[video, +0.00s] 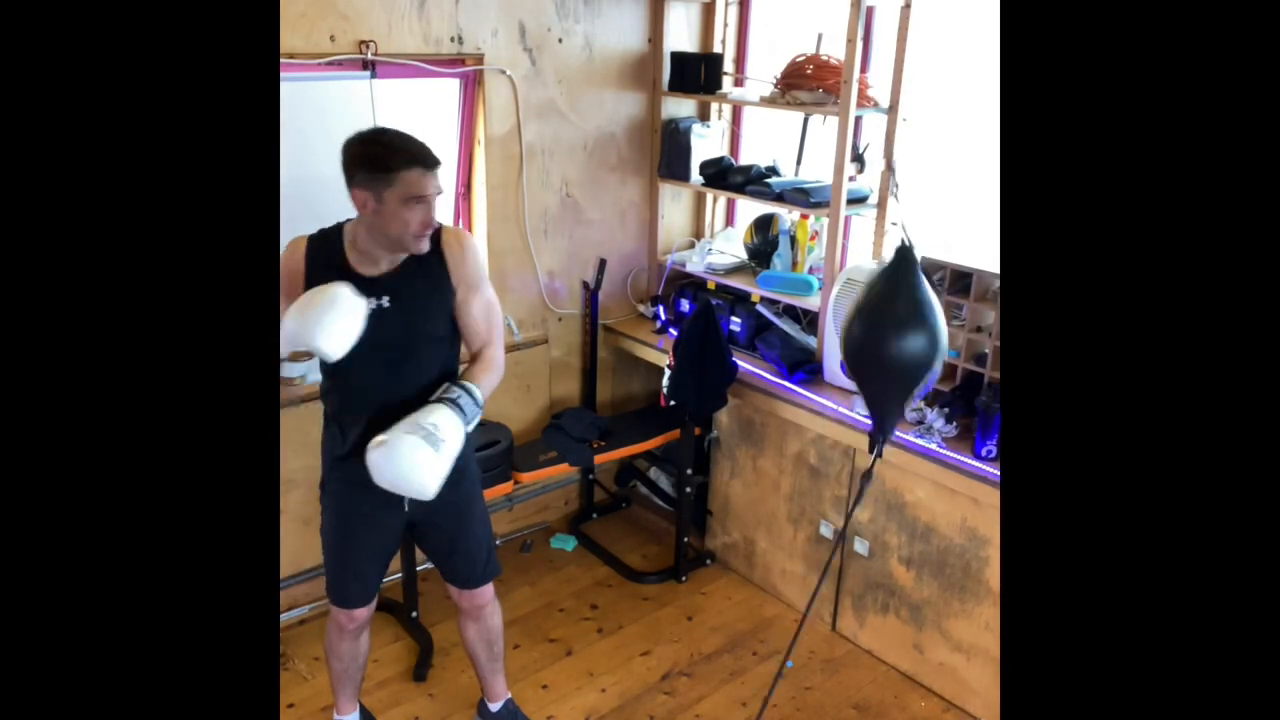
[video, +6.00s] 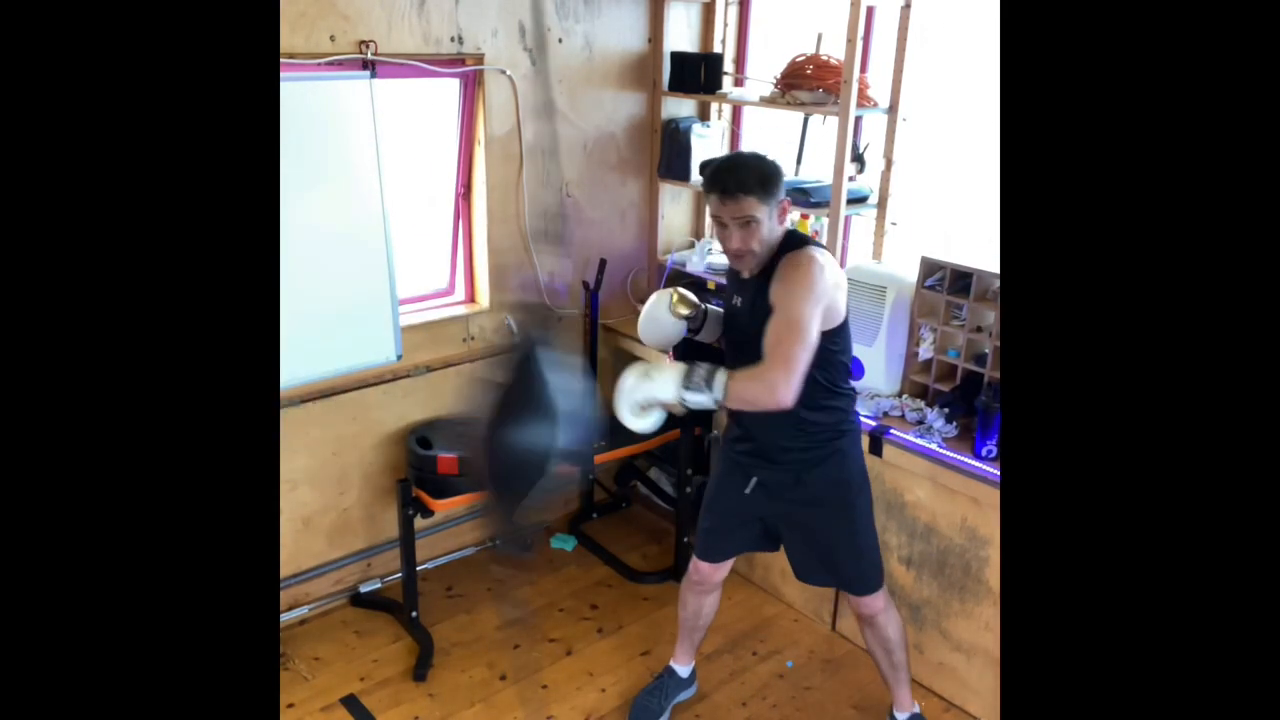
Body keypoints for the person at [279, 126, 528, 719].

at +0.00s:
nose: (432, 217)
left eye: (434, 200)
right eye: (416, 203)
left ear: (439, 194)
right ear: (363, 201)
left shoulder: (455, 251)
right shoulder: (303, 261)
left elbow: (489, 353)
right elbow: (286, 366)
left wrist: (448, 416)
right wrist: (295, 338)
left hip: (444, 451)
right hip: (355, 461)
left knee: (477, 593)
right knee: (350, 613)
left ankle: (497, 703)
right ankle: (347, 713)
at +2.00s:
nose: (527, 238)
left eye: (535, 223)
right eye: (513, 223)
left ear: (543, 212)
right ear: (471, 209)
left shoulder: (543, 245)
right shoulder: (412, 255)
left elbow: (564, 352)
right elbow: (394, 372)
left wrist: (558, 321)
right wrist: (449, 325)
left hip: (512, 438)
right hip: (435, 447)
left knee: (531, 556)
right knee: (397, 597)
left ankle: (535, 657)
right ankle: (350, 713)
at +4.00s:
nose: (625, 190)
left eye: (638, 176)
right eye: (612, 173)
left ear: (649, 182)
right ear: (580, 173)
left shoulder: (651, 249)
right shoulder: (545, 256)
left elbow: (688, 351)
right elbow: (534, 372)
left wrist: (686, 299)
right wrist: (591, 324)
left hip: (646, 428)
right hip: (587, 438)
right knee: (611, 583)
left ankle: (562, 625)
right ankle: (600, 677)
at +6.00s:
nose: (733, 240)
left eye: (748, 224)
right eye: (721, 224)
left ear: (781, 212)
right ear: (710, 216)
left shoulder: (807, 269)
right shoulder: (742, 261)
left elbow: (779, 387)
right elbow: (749, 342)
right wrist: (697, 323)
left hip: (822, 455)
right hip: (748, 446)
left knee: (869, 599)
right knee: (703, 572)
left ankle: (905, 709)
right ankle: (680, 671)